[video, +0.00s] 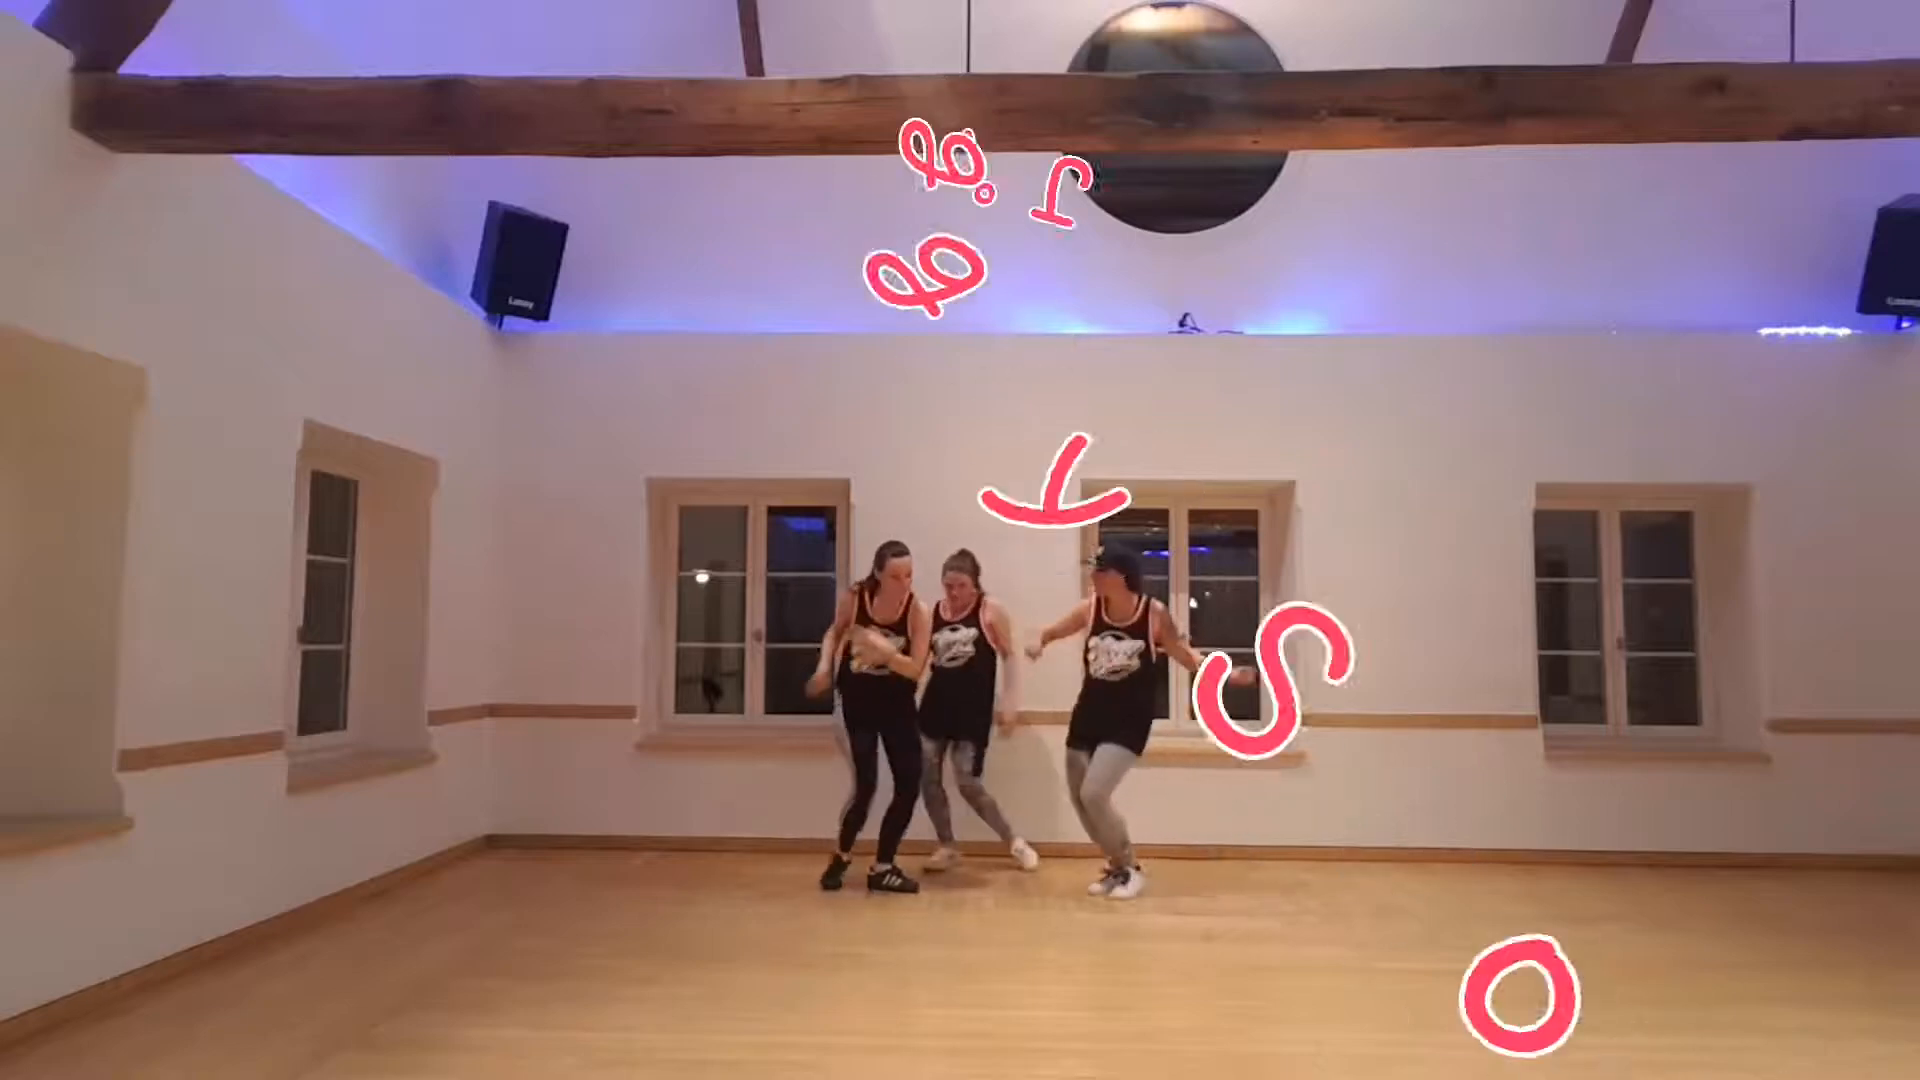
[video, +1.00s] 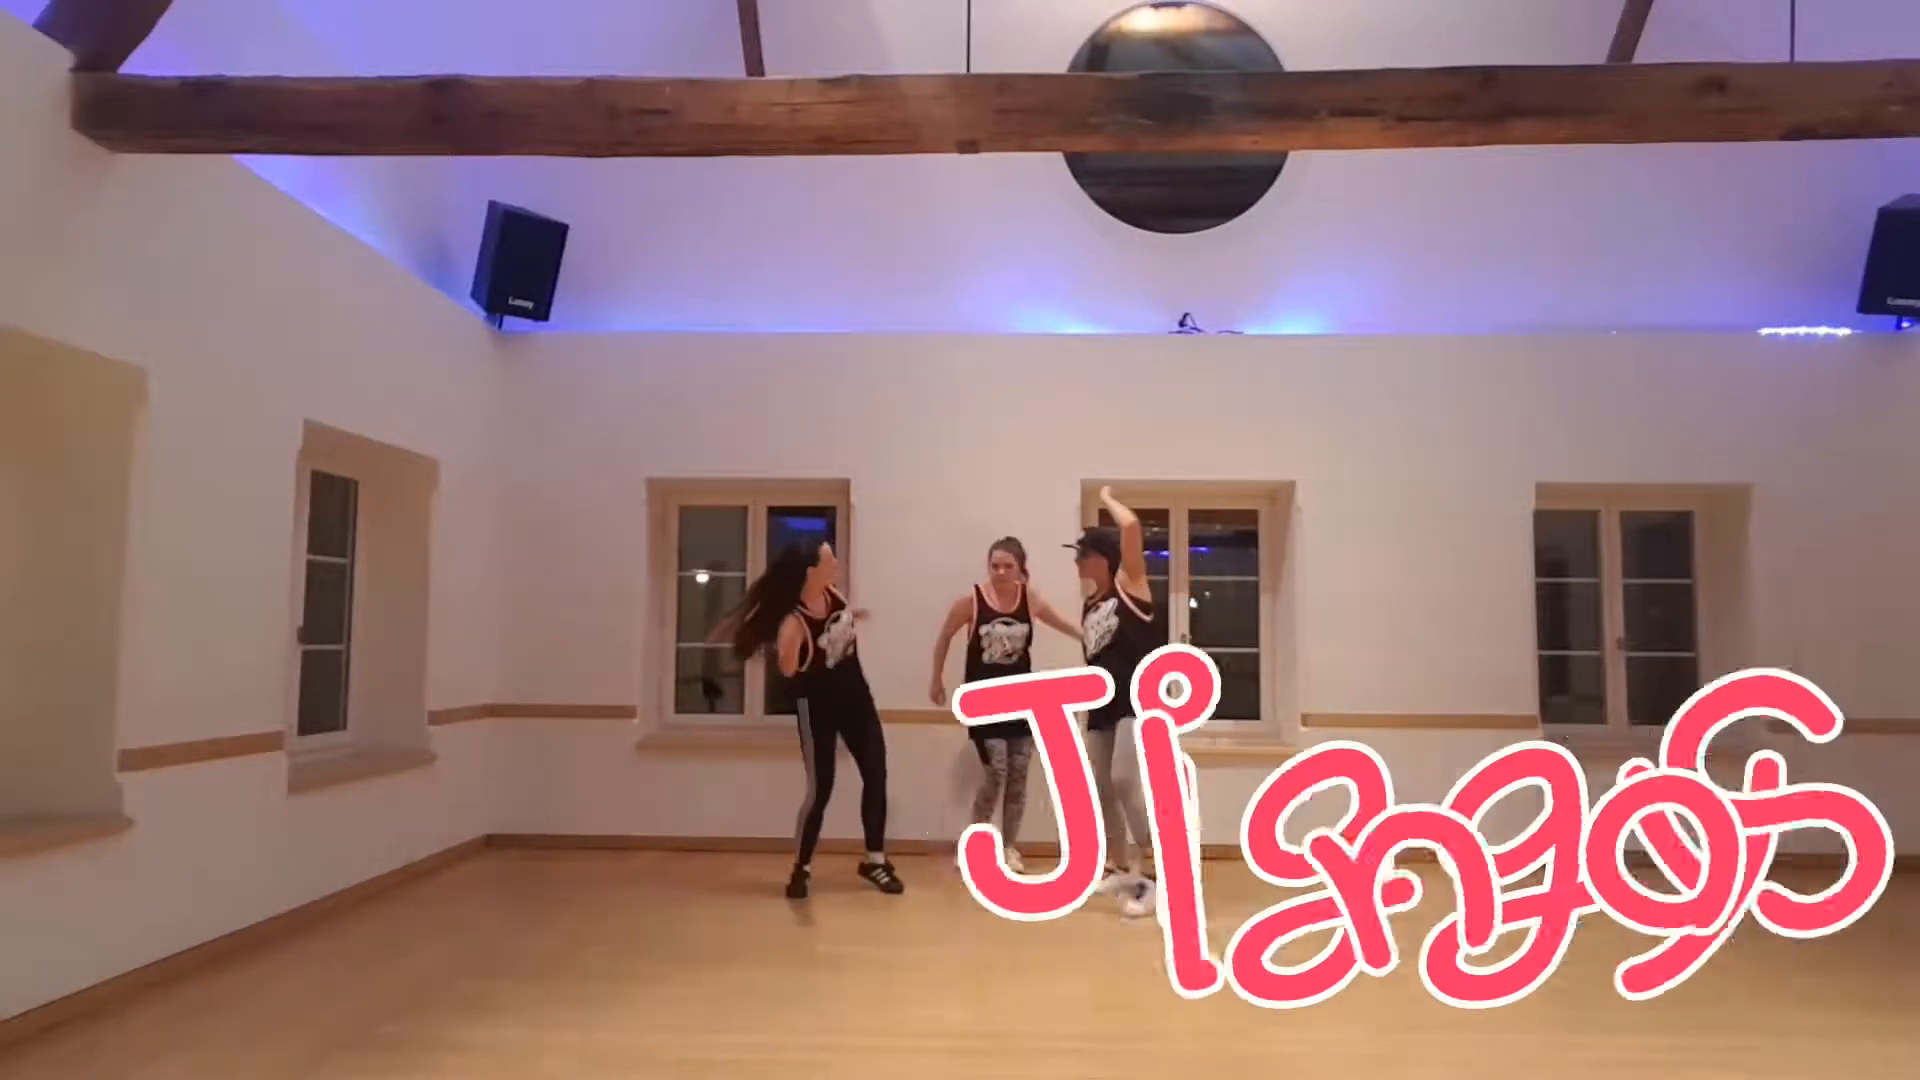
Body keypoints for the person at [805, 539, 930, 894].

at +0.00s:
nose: (906, 582)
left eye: (909, 575)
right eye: (899, 576)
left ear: (912, 573)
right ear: (878, 575)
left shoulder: (918, 610)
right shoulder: (854, 599)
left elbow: (916, 670)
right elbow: (836, 631)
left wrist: (885, 651)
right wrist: (824, 668)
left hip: (897, 700)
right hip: (857, 698)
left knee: (908, 786)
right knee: (865, 786)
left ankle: (883, 868)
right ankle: (842, 857)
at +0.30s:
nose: (879, 573)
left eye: (881, 566)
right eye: (871, 568)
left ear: (884, 566)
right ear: (851, 571)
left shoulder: (894, 598)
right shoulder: (838, 604)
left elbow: (915, 643)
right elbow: (822, 642)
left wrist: (920, 691)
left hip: (888, 699)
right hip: (845, 699)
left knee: (904, 782)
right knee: (827, 781)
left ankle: (885, 865)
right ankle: (803, 859)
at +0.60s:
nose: (838, 581)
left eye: (839, 575)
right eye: (829, 577)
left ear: (845, 581)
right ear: (808, 586)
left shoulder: (859, 614)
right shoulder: (795, 623)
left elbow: (904, 649)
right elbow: (776, 650)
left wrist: (941, 683)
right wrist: (747, 667)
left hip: (862, 717)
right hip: (817, 718)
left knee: (899, 790)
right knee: (788, 788)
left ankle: (897, 861)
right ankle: (795, 867)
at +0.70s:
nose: (835, 569)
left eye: (831, 563)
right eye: (826, 565)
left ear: (824, 575)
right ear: (804, 578)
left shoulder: (853, 603)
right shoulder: (785, 622)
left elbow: (890, 649)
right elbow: (766, 669)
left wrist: (917, 690)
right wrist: (745, 709)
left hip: (860, 710)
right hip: (814, 715)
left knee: (891, 787)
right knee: (795, 790)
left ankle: (897, 860)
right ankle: (796, 865)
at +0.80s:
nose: (827, 549)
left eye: (823, 545)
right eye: (819, 548)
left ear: (817, 569)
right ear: (803, 569)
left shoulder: (844, 590)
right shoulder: (784, 616)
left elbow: (868, 627)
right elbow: (773, 668)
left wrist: (886, 663)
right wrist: (759, 712)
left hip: (859, 701)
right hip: (815, 706)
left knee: (882, 781)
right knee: (802, 784)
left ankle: (893, 857)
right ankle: (796, 868)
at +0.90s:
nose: (831, 557)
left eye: (827, 552)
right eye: (824, 554)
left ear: (818, 568)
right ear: (806, 569)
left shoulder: (832, 589)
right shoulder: (787, 618)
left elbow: (851, 615)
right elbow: (777, 660)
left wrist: (873, 638)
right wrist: (775, 693)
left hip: (858, 697)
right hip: (818, 704)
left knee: (879, 777)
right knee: (809, 787)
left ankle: (884, 857)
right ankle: (799, 864)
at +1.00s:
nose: (835, 559)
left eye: (830, 553)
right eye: (829, 556)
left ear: (815, 571)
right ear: (812, 571)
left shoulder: (831, 594)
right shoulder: (794, 623)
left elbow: (839, 619)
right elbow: (788, 673)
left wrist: (852, 619)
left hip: (854, 695)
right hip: (817, 704)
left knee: (876, 775)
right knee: (820, 787)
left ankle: (875, 860)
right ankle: (801, 868)